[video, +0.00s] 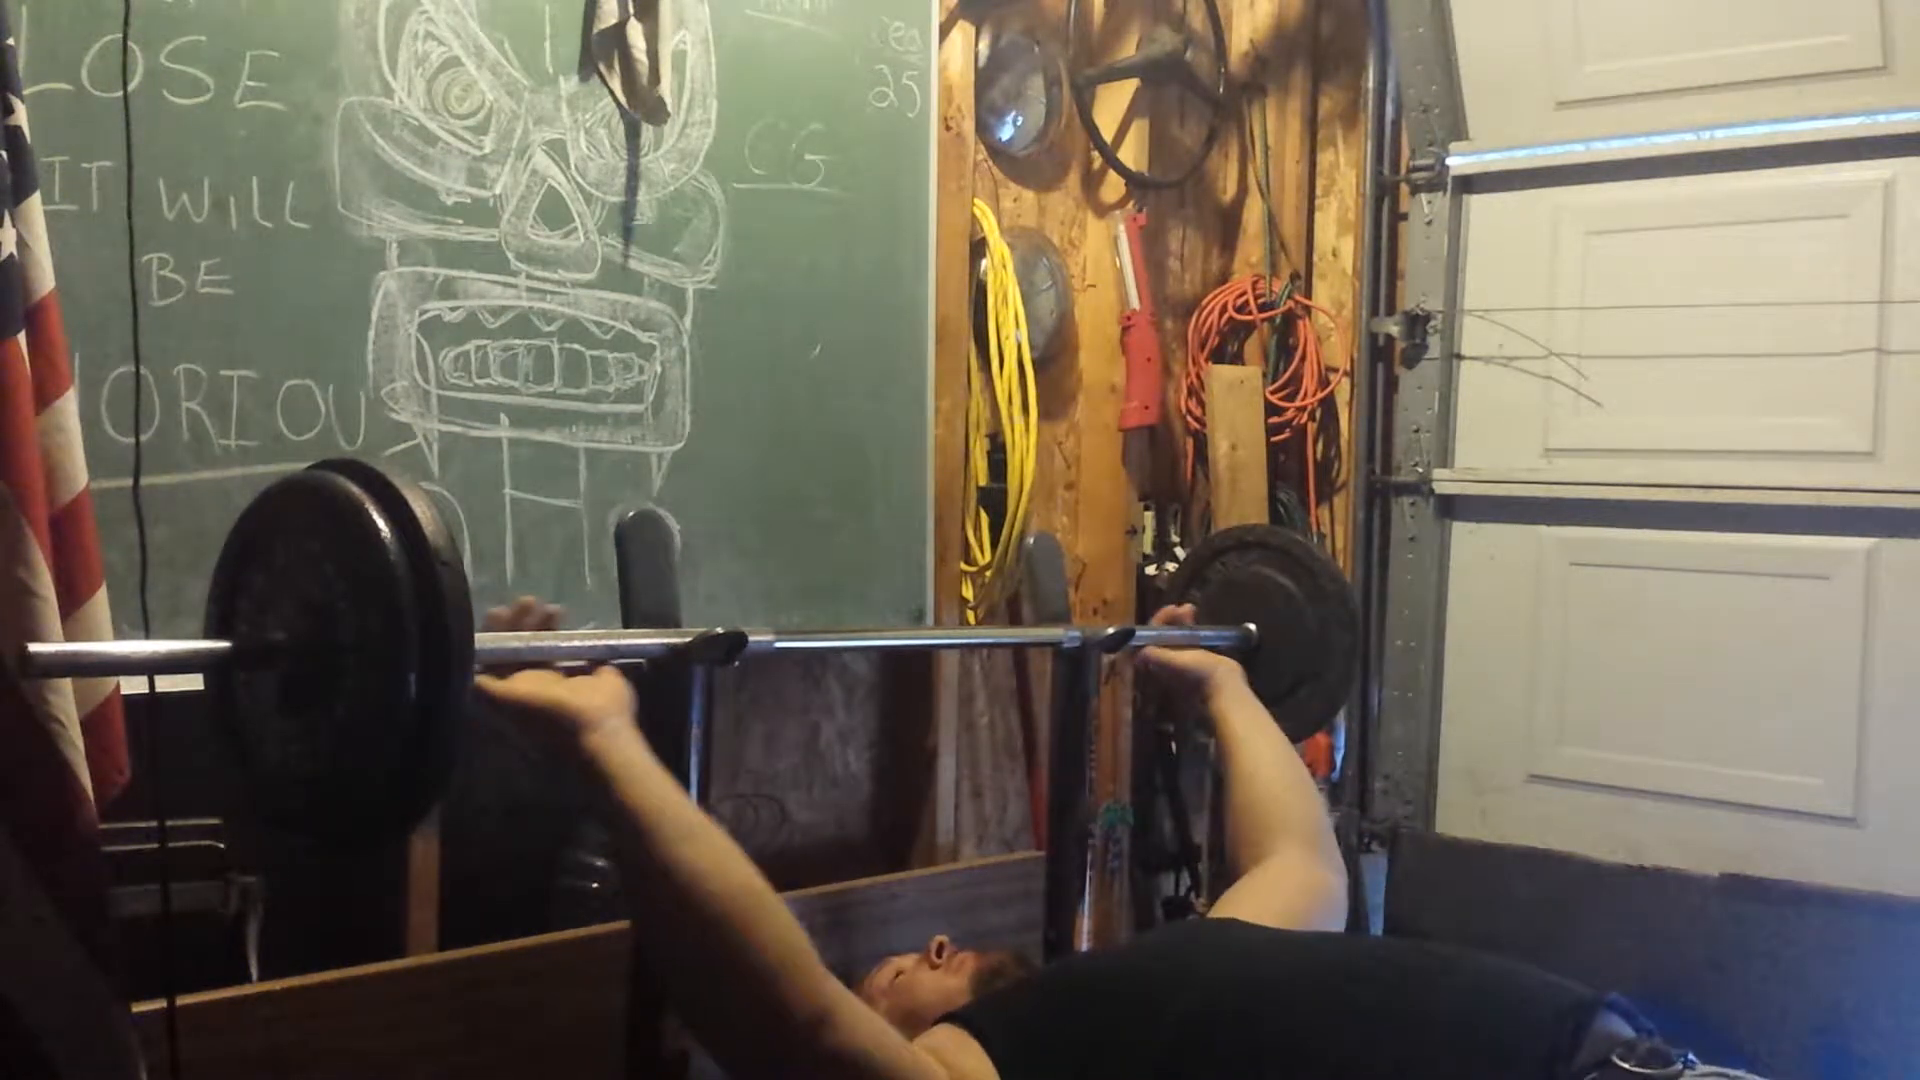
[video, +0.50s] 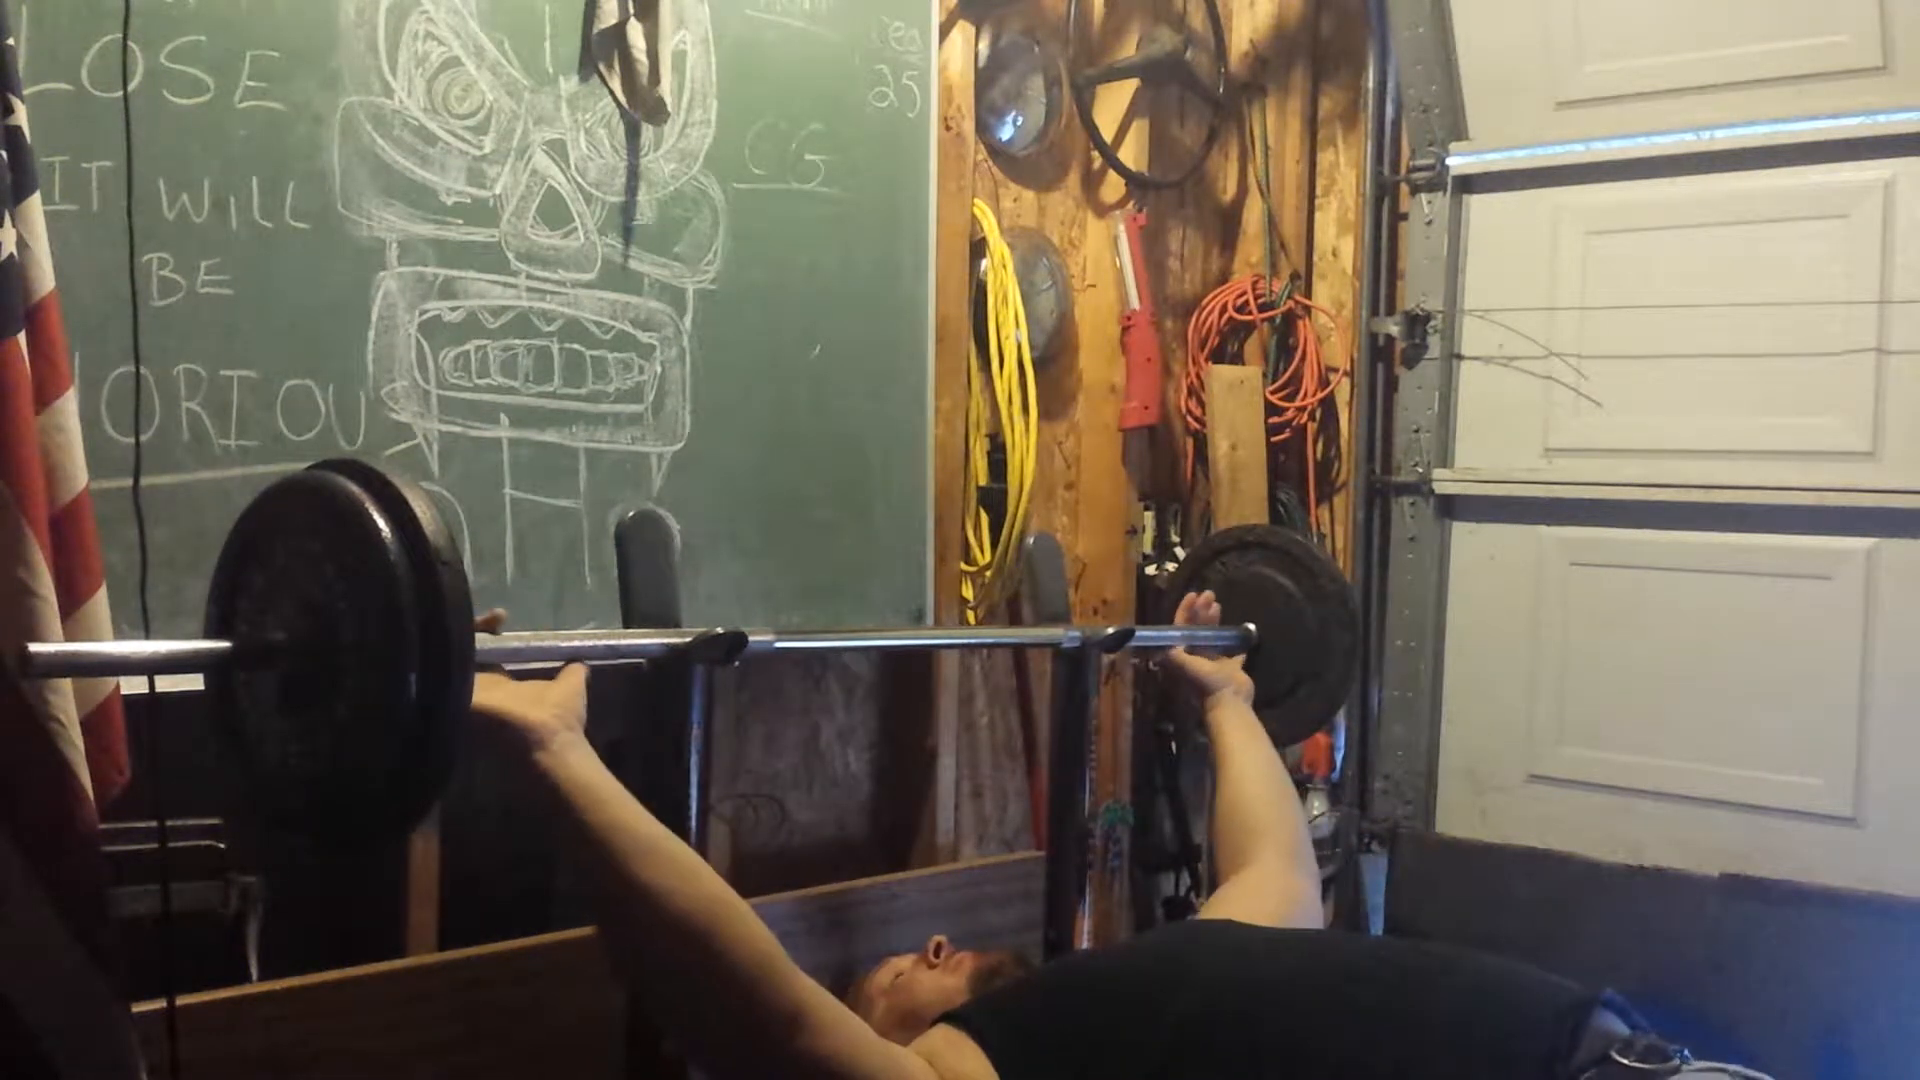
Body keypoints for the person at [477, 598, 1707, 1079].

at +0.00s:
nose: (912, 953)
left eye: (913, 951)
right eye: (886, 975)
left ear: (969, 965)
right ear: (885, 1035)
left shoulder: (1157, 981)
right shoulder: (955, 1072)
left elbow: (1293, 858)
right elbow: (797, 1009)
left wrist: (1224, 684)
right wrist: (608, 736)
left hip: (1667, 1047)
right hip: (1571, 1061)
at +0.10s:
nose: (911, 954)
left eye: (913, 954)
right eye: (883, 975)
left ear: (968, 971)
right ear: (877, 1037)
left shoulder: (1153, 986)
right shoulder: (948, 1074)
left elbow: (1290, 862)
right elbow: (775, 994)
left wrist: (1234, 687)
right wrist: (582, 746)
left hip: (1660, 1048)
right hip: (1567, 1065)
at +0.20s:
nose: (907, 960)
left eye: (908, 958)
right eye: (880, 982)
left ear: (964, 971)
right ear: (879, 1038)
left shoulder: (1155, 983)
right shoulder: (949, 1074)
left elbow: (1284, 865)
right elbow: (779, 1002)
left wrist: (1236, 691)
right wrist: (560, 755)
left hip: (1668, 1049)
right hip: (1578, 1062)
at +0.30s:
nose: (904, 960)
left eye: (909, 958)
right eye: (876, 980)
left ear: (962, 970)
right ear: (872, 1035)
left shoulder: (1156, 987)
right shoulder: (944, 1073)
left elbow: (1274, 862)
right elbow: (768, 997)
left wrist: (1233, 689)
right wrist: (548, 754)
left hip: (1662, 1045)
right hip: (1573, 1061)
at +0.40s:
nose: (908, 956)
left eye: (913, 956)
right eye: (885, 978)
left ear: (965, 969)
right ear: (892, 1034)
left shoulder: (1176, 979)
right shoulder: (952, 1072)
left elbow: (1270, 864)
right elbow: (780, 1011)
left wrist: (1230, 694)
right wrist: (553, 756)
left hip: (1670, 1047)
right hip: (1582, 1060)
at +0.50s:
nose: (918, 949)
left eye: (923, 949)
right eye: (893, 972)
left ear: (974, 963)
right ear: (895, 1035)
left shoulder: (1170, 979)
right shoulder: (947, 1067)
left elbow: (1270, 864)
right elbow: (780, 1008)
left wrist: (1220, 690)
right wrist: (562, 753)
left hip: (1658, 1043)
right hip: (1568, 1056)